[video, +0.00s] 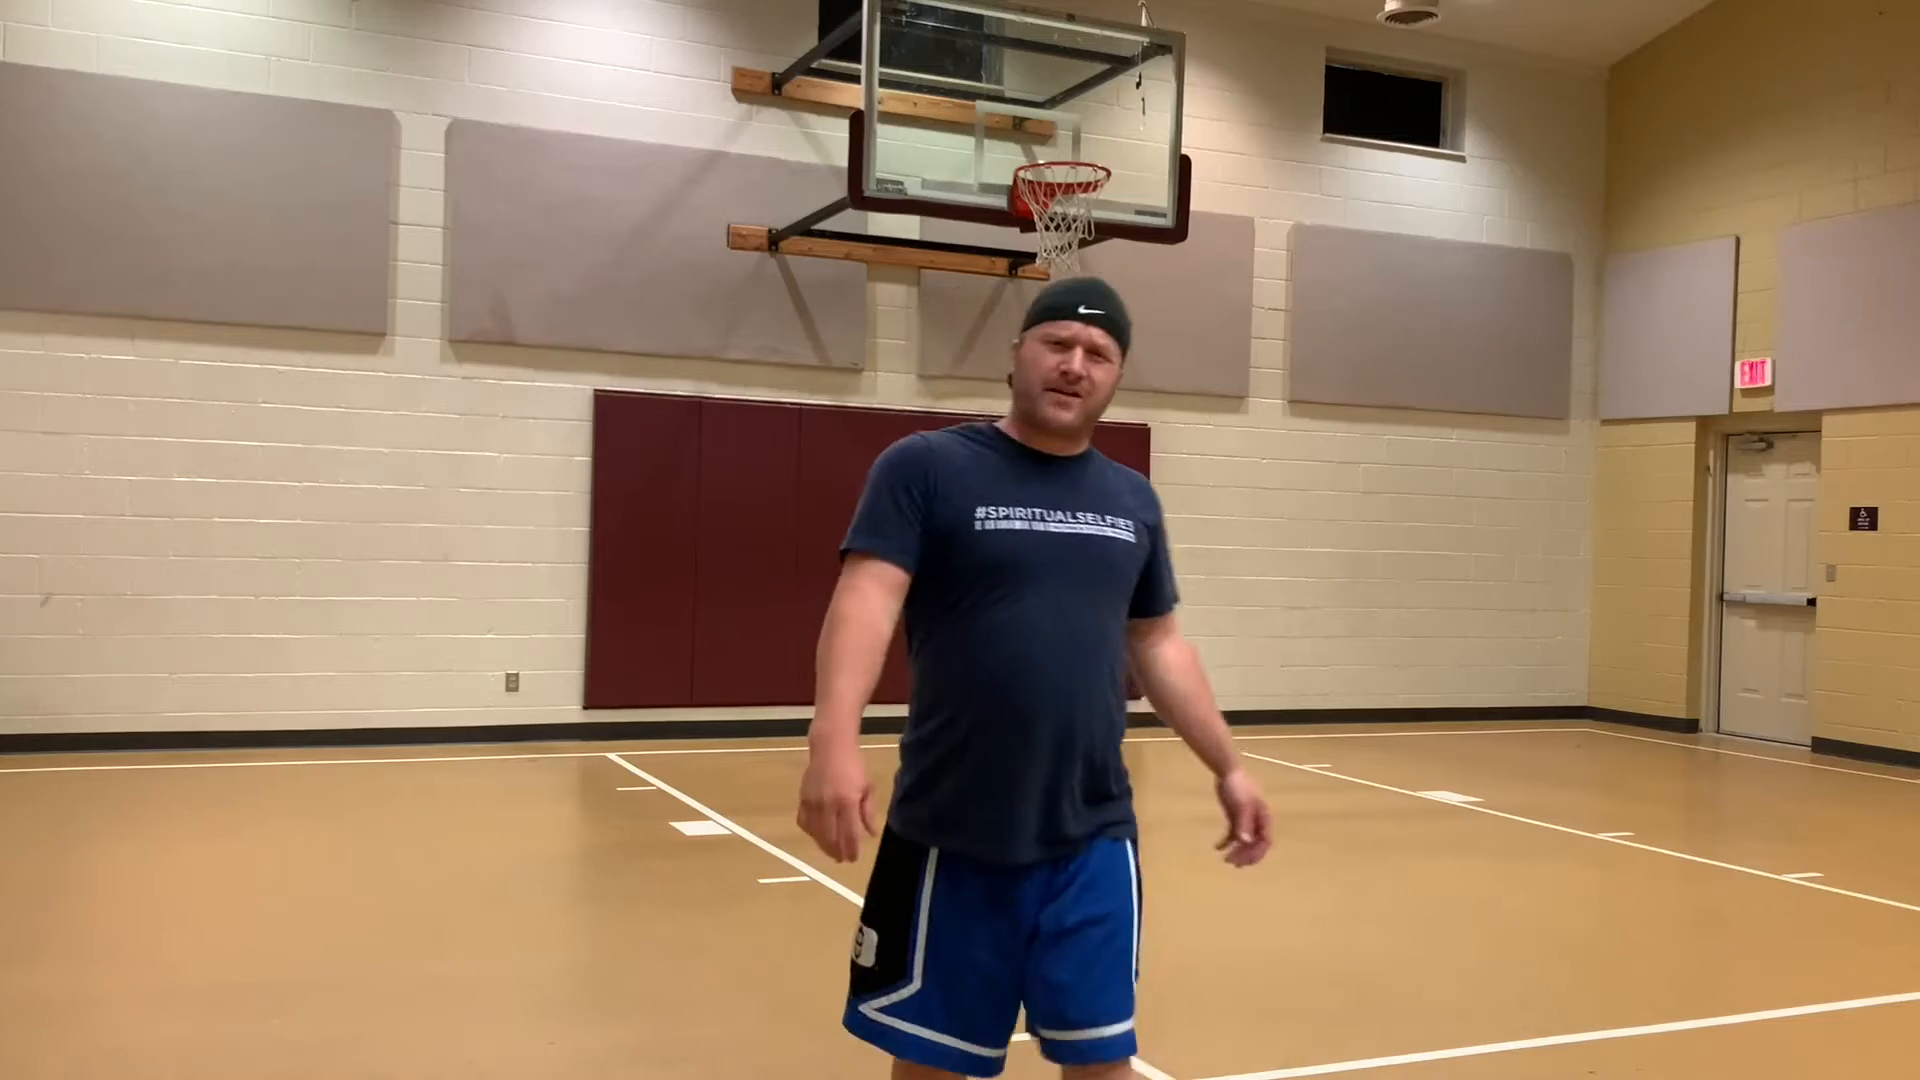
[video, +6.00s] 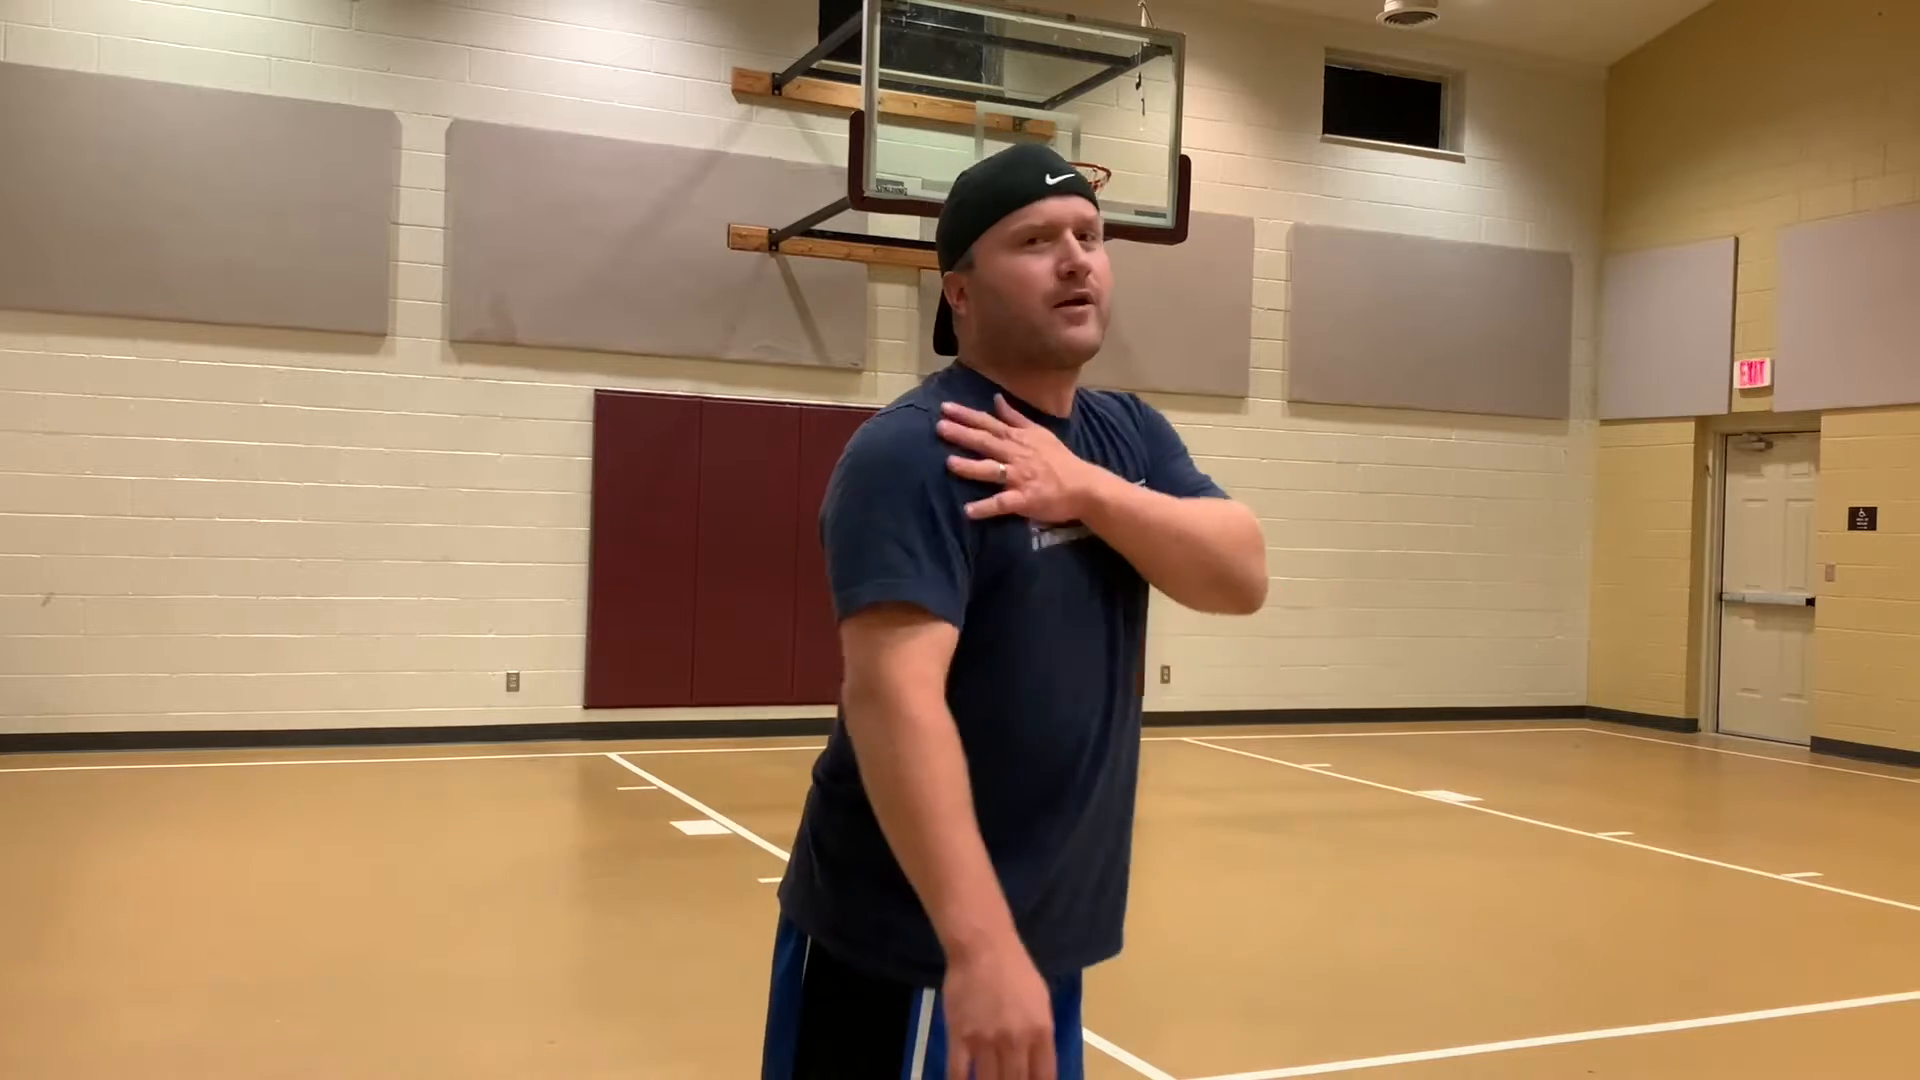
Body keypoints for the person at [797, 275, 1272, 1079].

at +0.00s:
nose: (1074, 366)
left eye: (1095, 354)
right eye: (1058, 345)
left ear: (1117, 378)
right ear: (1017, 354)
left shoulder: (1133, 501)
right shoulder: (926, 469)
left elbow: (1158, 640)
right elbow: (866, 601)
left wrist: (1230, 764)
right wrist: (833, 747)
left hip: (1090, 832)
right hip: (955, 828)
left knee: (1102, 1057)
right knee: (934, 1060)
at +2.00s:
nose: (1125, 260)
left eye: (1159, 239)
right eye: (1093, 230)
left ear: (1197, 288)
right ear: (1031, 259)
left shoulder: (1221, 482)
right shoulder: (899, 453)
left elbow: (1257, 682)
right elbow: (794, 689)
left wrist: (1378, 843)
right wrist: (734, 952)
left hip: (1129, 1008)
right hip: (919, 1014)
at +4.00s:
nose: (995, 247)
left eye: (1025, 223)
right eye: (960, 223)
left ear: (1065, 260)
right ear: (907, 263)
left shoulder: (1097, 437)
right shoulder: (835, 455)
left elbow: (1134, 618)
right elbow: (797, 710)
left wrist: (1242, 763)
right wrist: (974, 626)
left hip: (1072, 954)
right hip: (901, 973)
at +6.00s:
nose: (1079, 262)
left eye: (1091, 239)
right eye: (1037, 241)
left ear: (1110, 266)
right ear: (961, 289)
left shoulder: (1128, 430)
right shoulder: (909, 453)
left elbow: (1243, 575)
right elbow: (891, 701)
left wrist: (1086, 489)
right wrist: (984, 949)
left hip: (1046, 946)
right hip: (896, 952)